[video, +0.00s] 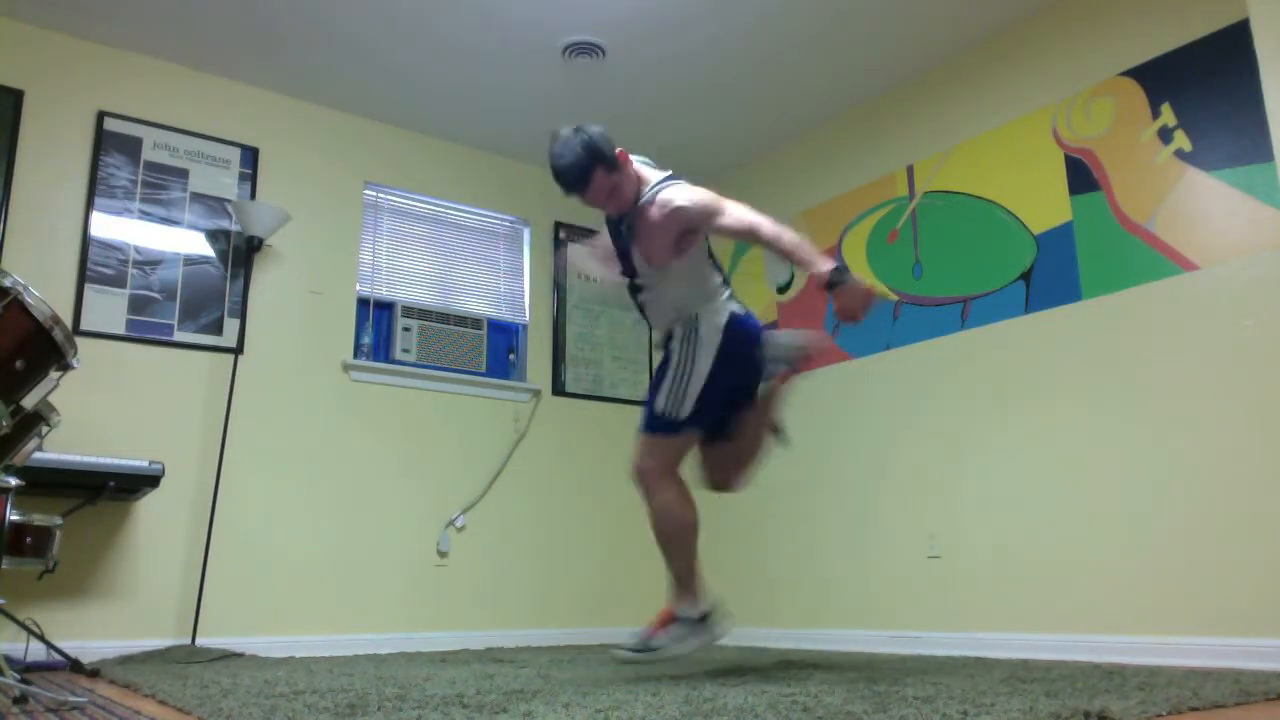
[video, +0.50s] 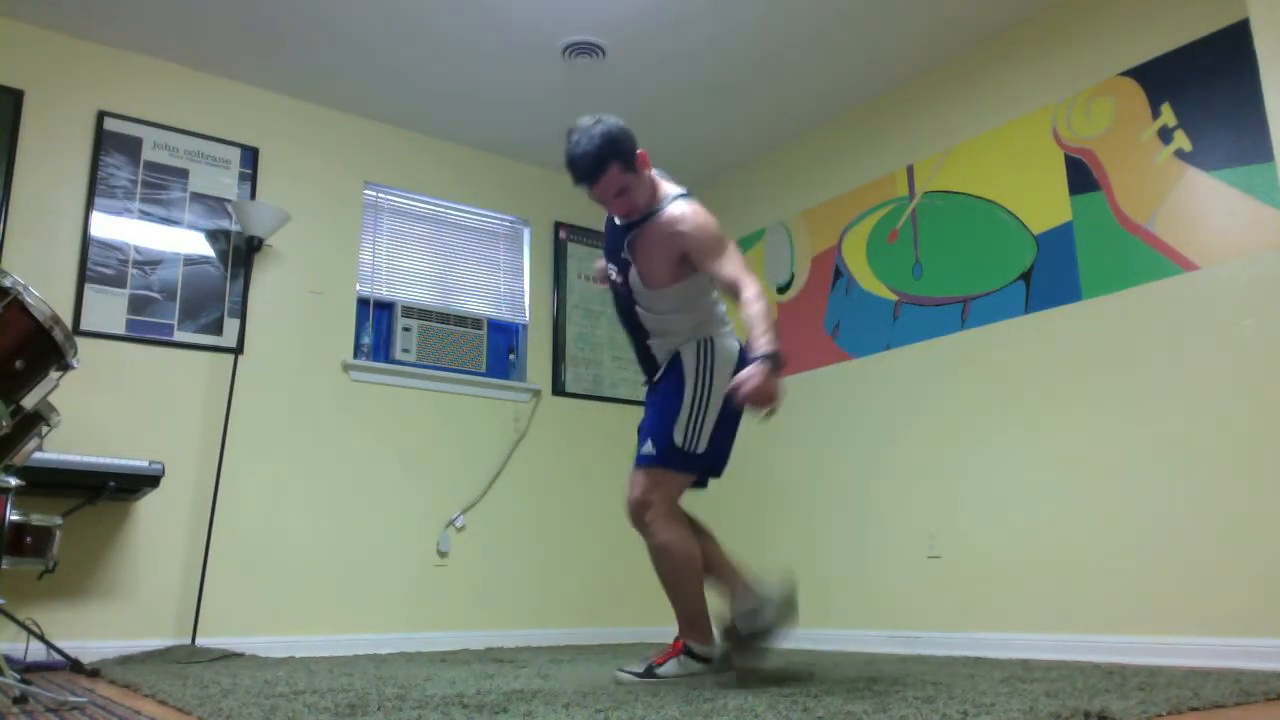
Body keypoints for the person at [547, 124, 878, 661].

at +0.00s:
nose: (606, 204)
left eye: (608, 190)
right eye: (594, 201)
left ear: (622, 161)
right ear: (581, 195)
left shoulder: (671, 204)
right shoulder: (621, 181)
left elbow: (760, 227)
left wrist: (832, 275)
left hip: (705, 334)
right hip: (711, 329)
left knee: (653, 470)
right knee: (725, 472)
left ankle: (690, 610)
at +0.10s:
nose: (606, 214)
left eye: (608, 200)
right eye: (595, 209)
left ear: (624, 171)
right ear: (584, 204)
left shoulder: (671, 210)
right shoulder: (610, 209)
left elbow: (744, 238)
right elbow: (581, 234)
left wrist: (772, 279)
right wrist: (529, 220)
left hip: (723, 342)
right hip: (695, 344)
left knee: (673, 484)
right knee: (673, 478)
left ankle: (696, 635)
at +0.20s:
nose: (606, 230)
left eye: (608, 215)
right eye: (592, 224)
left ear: (622, 186)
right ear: (580, 219)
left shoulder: (669, 223)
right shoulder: (619, 202)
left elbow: (734, 266)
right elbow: (574, 234)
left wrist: (719, 325)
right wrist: (560, 251)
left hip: (717, 361)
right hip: (691, 366)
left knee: (659, 498)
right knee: (660, 501)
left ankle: (699, 646)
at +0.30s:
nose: (608, 214)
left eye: (609, 200)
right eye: (596, 210)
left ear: (625, 168)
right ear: (583, 201)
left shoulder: (674, 214)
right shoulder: (626, 208)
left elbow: (734, 275)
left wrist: (719, 348)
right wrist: (620, 273)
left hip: (700, 358)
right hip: (673, 361)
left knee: (647, 490)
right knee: (658, 498)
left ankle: (691, 635)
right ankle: (745, 609)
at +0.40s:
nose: (611, 205)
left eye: (615, 190)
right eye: (597, 199)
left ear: (633, 161)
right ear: (583, 189)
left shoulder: (679, 218)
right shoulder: (630, 194)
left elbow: (737, 284)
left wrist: (739, 367)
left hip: (697, 357)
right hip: (670, 359)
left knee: (652, 501)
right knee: (655, 505)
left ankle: (697, 645)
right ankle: (748, 616)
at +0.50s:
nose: (617, 207)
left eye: (623, 190)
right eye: (604, 200)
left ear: (643, 162)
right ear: (590, 192)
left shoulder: (684, 220)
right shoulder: (628, 211)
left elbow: (747, 285)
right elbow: (653, 265)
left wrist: (764, 357)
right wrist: (618, 273)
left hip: (700, 359)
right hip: (672, 362)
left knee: (650, 503)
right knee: (653, 509)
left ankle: (699, 645)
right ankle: (752, 602)